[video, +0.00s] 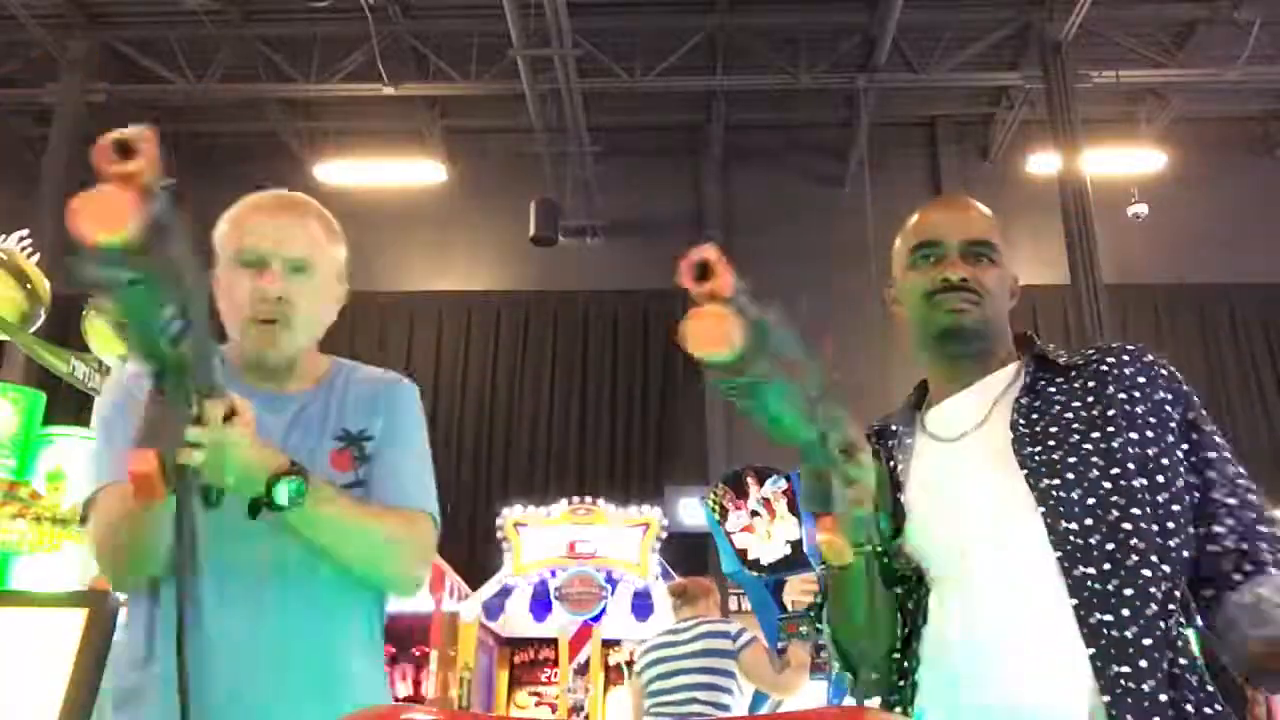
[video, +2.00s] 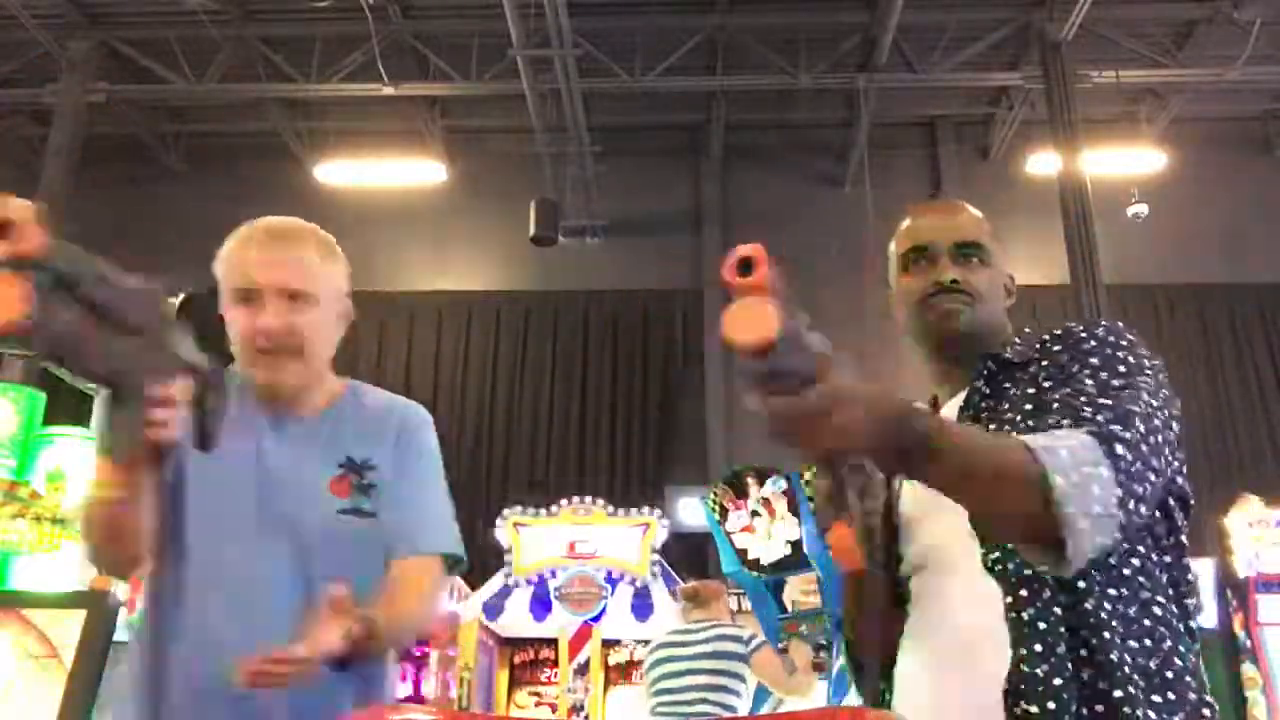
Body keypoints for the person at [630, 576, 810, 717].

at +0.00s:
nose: (721, 611)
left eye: (719, 606)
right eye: (719, 605)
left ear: (675, 610)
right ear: (713, 602)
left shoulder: (646, 649)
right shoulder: (731, 632)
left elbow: (638, 714)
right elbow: (782, 687)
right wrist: (801, 661)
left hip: (660, 715)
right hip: (713, 712)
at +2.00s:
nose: (731, 609)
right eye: (728, 602)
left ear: (684, 612)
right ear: (722, 603)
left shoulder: (656, 647)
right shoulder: (742, 637)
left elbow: (651, 701)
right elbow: (792, 688)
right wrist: (802, 659)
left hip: (662, 716)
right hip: (715, 713)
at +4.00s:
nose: (716, 607)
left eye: (714, 601)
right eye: (714, 601)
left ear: (672, 610)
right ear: (710, 599)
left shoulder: (646, 648)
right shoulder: (729, 632)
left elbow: (641, 706)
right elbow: (786, 684)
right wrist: (794, 650)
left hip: (658, 714)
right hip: (711, 712)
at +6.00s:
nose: (721, 609)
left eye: (720, 604)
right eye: (720, 603)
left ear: (675, 610)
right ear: (712, 601)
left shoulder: (647, 649)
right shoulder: (730, 633)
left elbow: (638, 715)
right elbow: (787, 687)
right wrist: (800, 659)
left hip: (660, 716)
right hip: (707, 713)